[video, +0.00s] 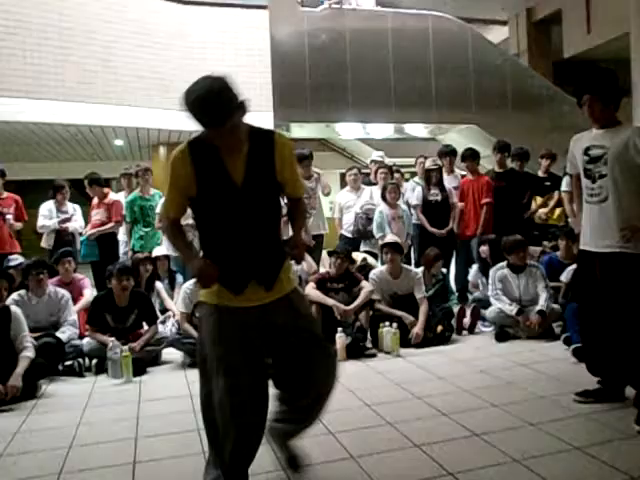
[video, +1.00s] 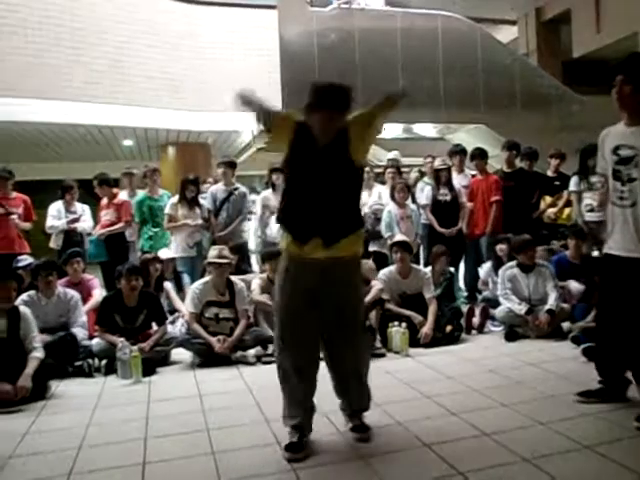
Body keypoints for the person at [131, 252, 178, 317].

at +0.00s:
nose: (147, 268)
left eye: (150, 264)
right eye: (143, 264)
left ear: (152, 267)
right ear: (137, 267)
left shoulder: (156, 285)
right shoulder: (131, 286)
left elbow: (166, 300)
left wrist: (176, 313)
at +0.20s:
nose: (147, 267)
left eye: (150, 264)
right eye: (143, 264)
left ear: (153, 266)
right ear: (137, 267)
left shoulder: (156, 284)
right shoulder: (132, 287)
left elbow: (166, 300)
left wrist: (176, 312)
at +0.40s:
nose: (148, 267)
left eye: (150, 263)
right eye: (143, 264)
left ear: (153, 266)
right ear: (137, 267)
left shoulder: (155, 284)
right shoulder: (131, 287)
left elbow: (166, 300)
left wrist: (176, 313)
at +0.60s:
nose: (147, 267)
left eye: (149, 263)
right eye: (143, 264)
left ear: (152, 266)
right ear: (136, 267)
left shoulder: (155, 284)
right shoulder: (130, 287)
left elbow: (166, 301)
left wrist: (175, 313)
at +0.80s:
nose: (147, 267)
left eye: (148, 263)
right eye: (142, 264)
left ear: (151, 265)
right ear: (136, 267)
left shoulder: (155, 285)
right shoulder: (130, 288)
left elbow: (166, 302)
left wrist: (176, 313)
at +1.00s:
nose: (156, 267)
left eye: (158, 263)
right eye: (152, 264)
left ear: (161, 265)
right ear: (146, 268)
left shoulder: (165, 285)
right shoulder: (141, 288)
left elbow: (177, 302)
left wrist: (187, 314)